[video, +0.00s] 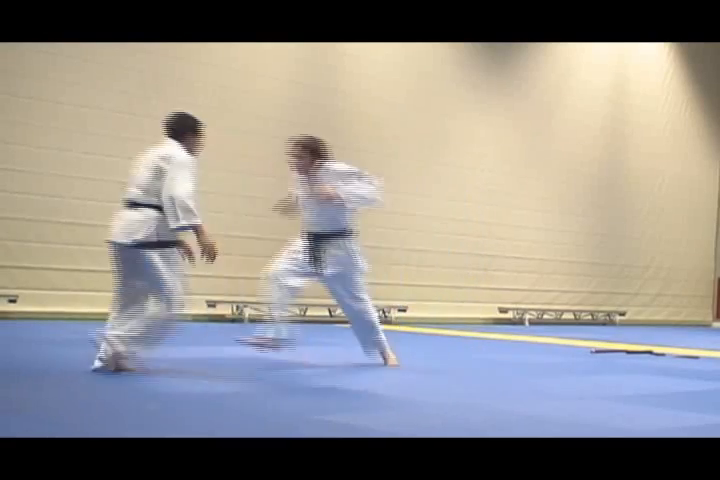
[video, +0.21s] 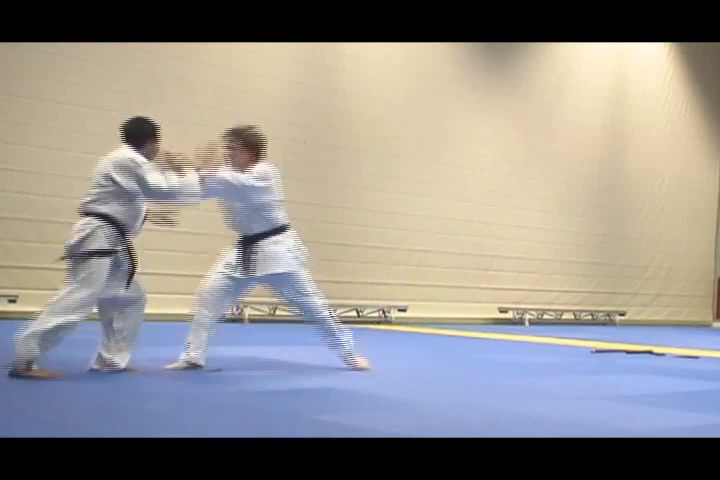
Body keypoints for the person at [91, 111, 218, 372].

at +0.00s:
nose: (201, 141)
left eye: (201, 136)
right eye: (198, 136)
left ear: (174, 134)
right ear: (186, 136)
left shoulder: (156, 152)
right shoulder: (180, 157)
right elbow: (178, 196)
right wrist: (202, 235)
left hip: (124, 233)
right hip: (147, 236)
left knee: (130, 296)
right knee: (172, 303)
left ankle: (109, 354)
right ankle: (123, 343)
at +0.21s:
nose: (159, 145)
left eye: (158, 140)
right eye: (156, 140)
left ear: (132, 139)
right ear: (146, 141)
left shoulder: (127, 161)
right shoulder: (126, 159)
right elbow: (157, 186)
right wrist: (197, 180)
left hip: (111, 238)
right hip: (98, 232)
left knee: (131, 297)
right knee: (83, 296)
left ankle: (111, 360)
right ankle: (24, 357)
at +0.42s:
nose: (140, 144)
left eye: (139, 138)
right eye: (140, 139)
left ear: (112, 130)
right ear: (134, 141)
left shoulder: (90, 140)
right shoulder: (120, 167)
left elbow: (77, 129)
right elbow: (134, 215)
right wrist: (155, 247)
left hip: (58, 220)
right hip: (68, 226)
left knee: (95, 290)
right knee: (74, 295)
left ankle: (101, 355)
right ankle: (31, 360)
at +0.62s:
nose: (131, 159)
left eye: (132, 153)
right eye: (131, 153)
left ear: (104, 142)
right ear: (124, 151)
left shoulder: (73, 145)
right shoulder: (115, 179)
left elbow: (32, 127)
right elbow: (124, 224)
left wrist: (60, 108)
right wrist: (107, 234)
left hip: (40, 227)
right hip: (68, 235)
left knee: (42, 297)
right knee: (78, 305)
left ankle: (56, 356)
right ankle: (33, 362)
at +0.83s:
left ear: (73, 149)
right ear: (103, 144)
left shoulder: (67, 164)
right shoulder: (126, 168)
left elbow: (27, 150)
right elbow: (153, 198)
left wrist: (41, 126)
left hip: (71, 240)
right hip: (105, 245)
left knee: (44, 290)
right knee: (79, 309)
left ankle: (45, 355)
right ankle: (34, 354)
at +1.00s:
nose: (88, 154)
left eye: (91, 151)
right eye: (90, 151)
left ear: (97, 149)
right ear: (122, 149)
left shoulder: (96, 164)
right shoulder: (138, 173)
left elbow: (58, 154)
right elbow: (153, 199)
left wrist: (60, 118)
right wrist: (141, 230)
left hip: (96, 241)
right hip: (128, 250)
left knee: (56, 297)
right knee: (106, 309)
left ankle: (46, 354)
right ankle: (93, 333)